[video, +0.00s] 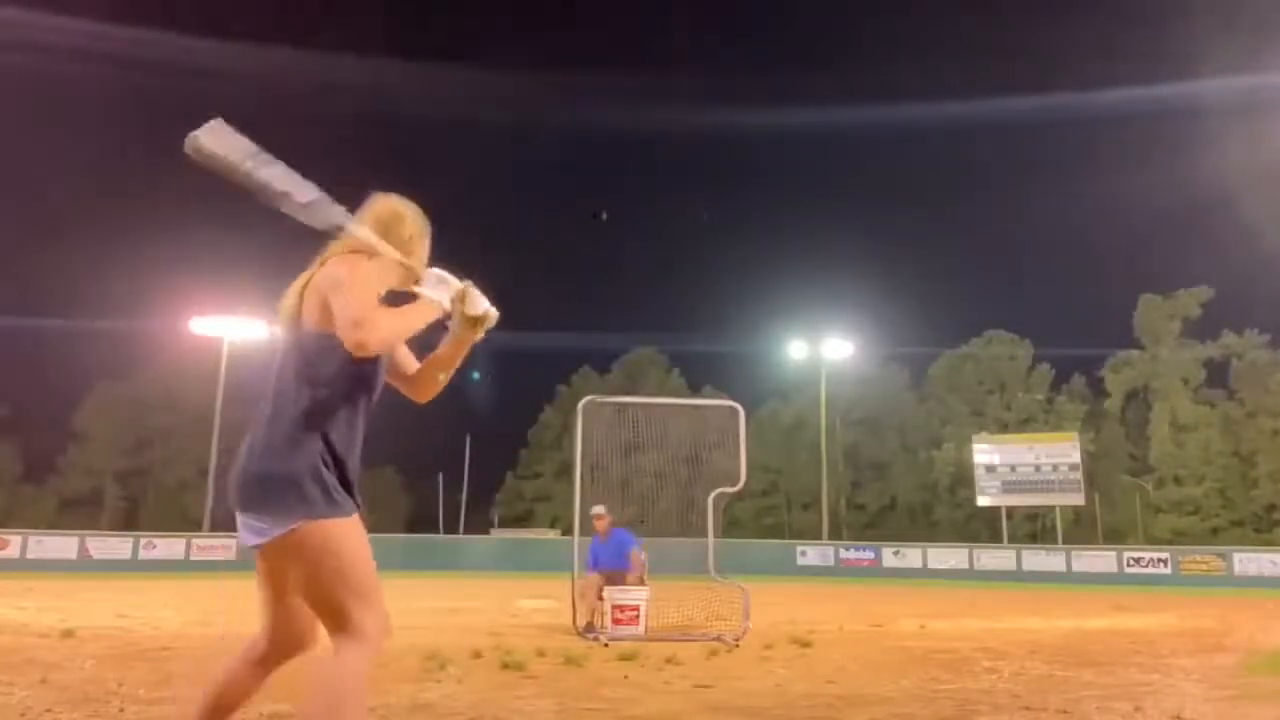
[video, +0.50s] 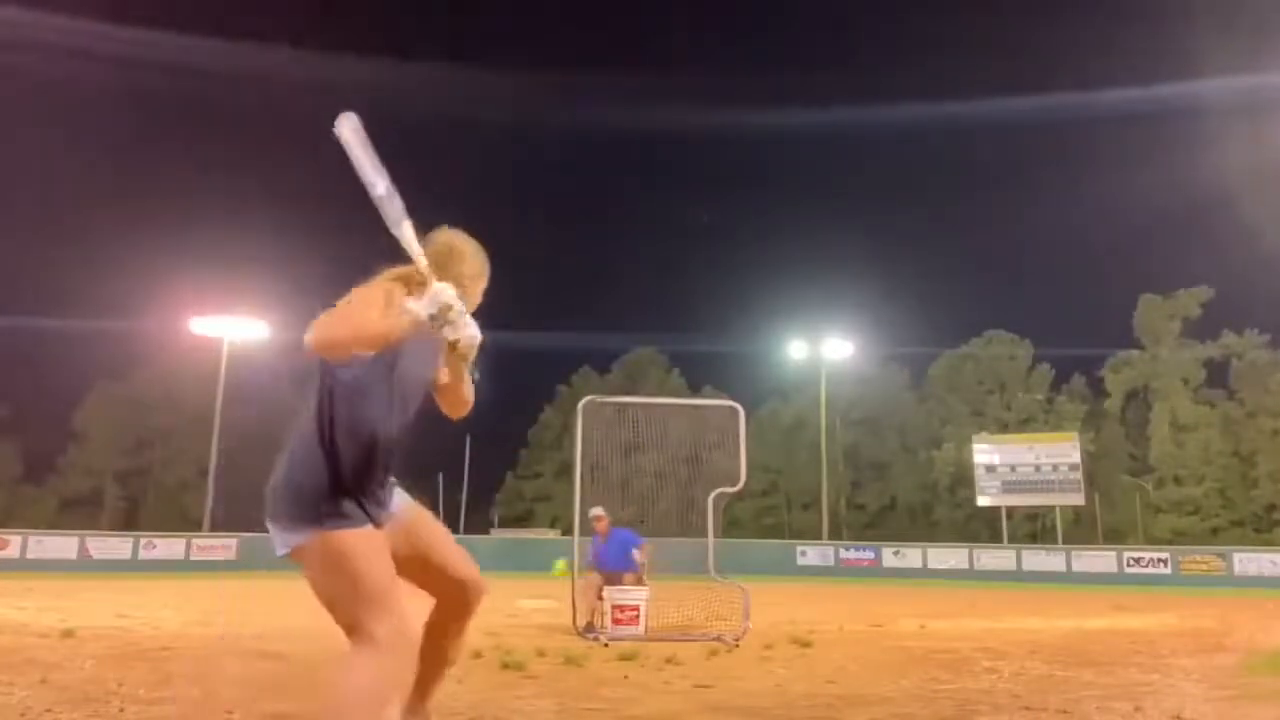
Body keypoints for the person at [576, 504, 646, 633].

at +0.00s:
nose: (599, 523)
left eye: (601, 518)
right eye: (596, 519)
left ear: (609, 519)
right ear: (593, 522)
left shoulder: (621, 535)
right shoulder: (595, 541)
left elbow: (636, 554)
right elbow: (591, 566)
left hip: (622, 573)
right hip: (603, 574)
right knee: (590, 582)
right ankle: (589, 622)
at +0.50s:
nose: (598, 524)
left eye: (601, 520)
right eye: (595, 521)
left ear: (608, 520)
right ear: (592, 524)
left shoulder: (622, 534)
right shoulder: (596, 540)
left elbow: (642, 545)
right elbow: (592, 563)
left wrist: (641, 568)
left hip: (623, 572)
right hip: (605, 573)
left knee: (629, 577)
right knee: (592, 580)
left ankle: (627, 620)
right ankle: (589, 622)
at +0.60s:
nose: (598, 523)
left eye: (601, 519)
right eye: (595, 520)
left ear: (607, 519)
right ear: (591, 523)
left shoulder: (622, 533)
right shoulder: (594, 538)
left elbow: (644, 545)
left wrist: (642, 556)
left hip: (625, 570)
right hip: (605, 572)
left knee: (629, 579)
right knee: (592, 579)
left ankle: (629, 620)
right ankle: (590, 622)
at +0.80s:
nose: (605, 523)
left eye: (607, 518)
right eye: (601, 520)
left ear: (612, 519)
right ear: (596, 523)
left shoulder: (626, 533)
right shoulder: (599, 540)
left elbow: (643, 545)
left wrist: (639, 561)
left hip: (626, 571)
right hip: (608, 572)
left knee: (629, 579)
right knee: (592, 579)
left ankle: (628, 620)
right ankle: (590, 621)